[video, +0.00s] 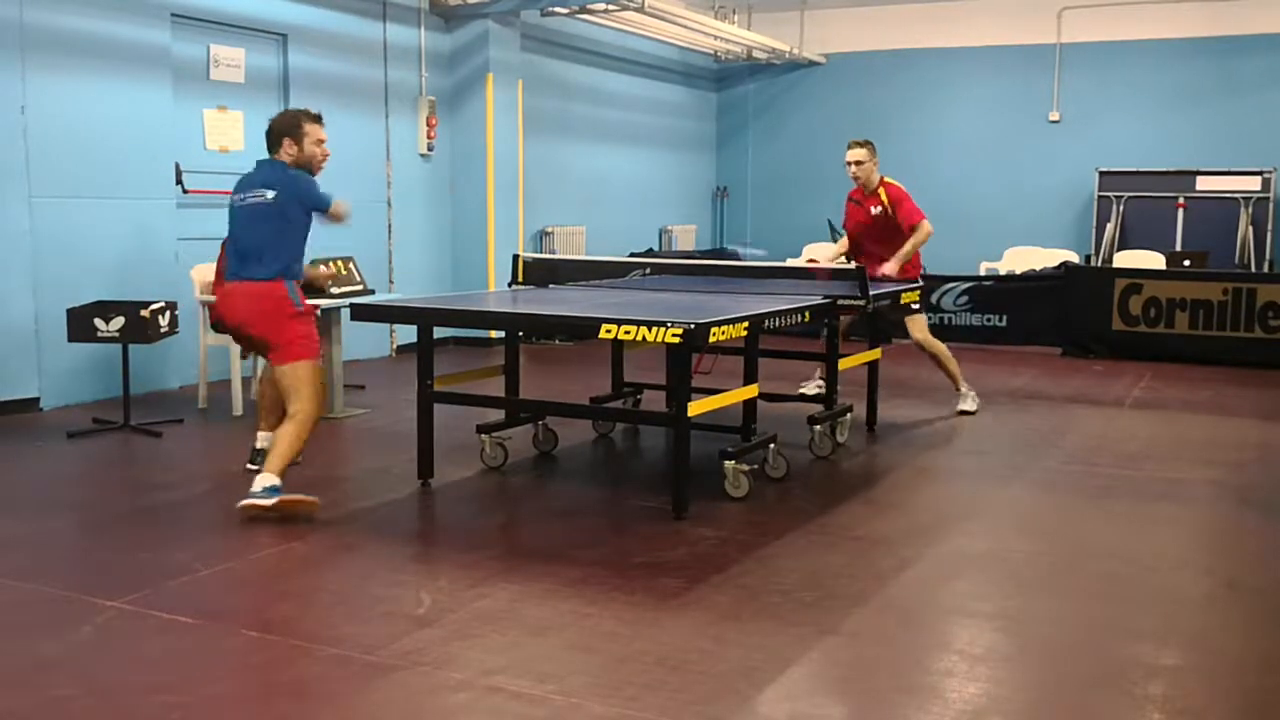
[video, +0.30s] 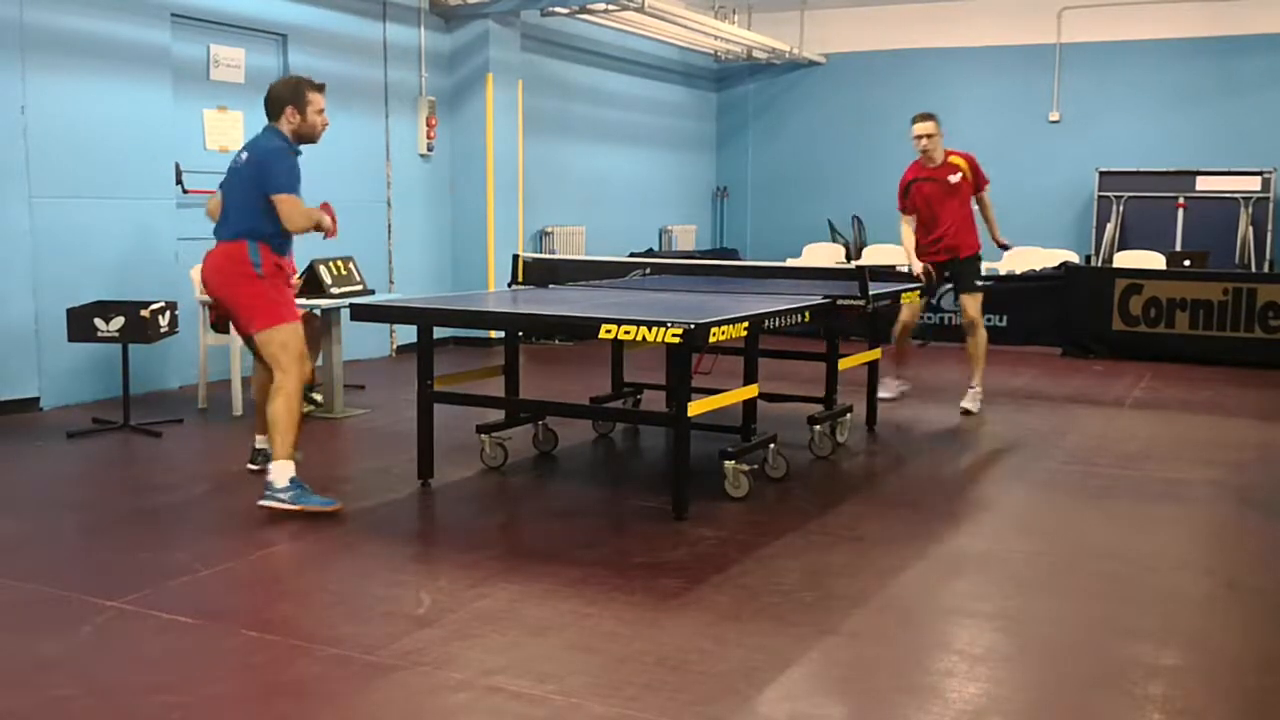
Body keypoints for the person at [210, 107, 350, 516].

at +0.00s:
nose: (325, 152)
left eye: (325, 144)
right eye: (318, 144)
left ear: (283, 149)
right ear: (289, 146)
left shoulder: (246, 181)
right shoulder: (297, 182)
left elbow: (254, 246)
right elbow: (337, 213)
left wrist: (305, 273)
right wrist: (330, 202)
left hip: (230, 300)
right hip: (274, 300)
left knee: (279, 357)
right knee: (304, 407)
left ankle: (263, 447)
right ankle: (267, 484)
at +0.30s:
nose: (325, 120)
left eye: (324, 112)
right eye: (319, 112)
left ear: (285, 115)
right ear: (291, 114)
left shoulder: (250, 151)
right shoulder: (278, 152)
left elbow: (216, 209)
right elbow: (293, 218)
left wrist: (269, 222)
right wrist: (322, 218)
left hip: (224, 262)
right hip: (250, 262)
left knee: (271, 361)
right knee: (292, 366)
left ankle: (264, 446)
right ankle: (283, 481)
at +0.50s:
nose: (322, 123)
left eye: (320, 114)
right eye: (315, 115)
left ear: (287, 118)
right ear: (288, 118)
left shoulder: (276, 163)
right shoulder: (249, 162)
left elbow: (259, 228)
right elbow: (225, 230)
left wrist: (281, 263)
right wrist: (285, 243)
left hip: (246, 278)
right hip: (223, 279)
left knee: (273, 366)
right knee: (276, 386)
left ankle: (252, 456)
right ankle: (225, 495)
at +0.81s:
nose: (296, 87)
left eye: (294, 78)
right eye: (289, 79)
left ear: (258, 84)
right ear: (266, 84)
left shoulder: (237, 128)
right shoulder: (234, 134)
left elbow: (220, 206)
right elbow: (208, 207)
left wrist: (270, 222)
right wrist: (268, 225)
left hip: (201, 259)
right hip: (208, 262)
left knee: (217, 375)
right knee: (249, 379)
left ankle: (188, 475)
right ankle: (224, 498)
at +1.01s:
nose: (259, 73)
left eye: (256, 64)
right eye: (253, 65)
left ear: (215, 73)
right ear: (231, 72)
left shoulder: (186, 118)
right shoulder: (210, 125)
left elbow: (201, 202)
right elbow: (206, 205)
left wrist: (257, 211)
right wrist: (264, 210)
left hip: (166, 256)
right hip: (200, 261)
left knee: (180, 376)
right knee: (231, 380)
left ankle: (113, 479)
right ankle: (221, 499)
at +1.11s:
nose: (237, 74)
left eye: (235, 65)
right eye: (232, 65)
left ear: (191, 73)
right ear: (210, 72)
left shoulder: (157, 120)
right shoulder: (198, 126)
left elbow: (180, 199)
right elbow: (199, 203)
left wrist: (243, 207)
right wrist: (251, 208)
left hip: (142, 256)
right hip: (183, 259)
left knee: (149, 381)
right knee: (225, 379)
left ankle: (98, 498)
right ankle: (221, 499)